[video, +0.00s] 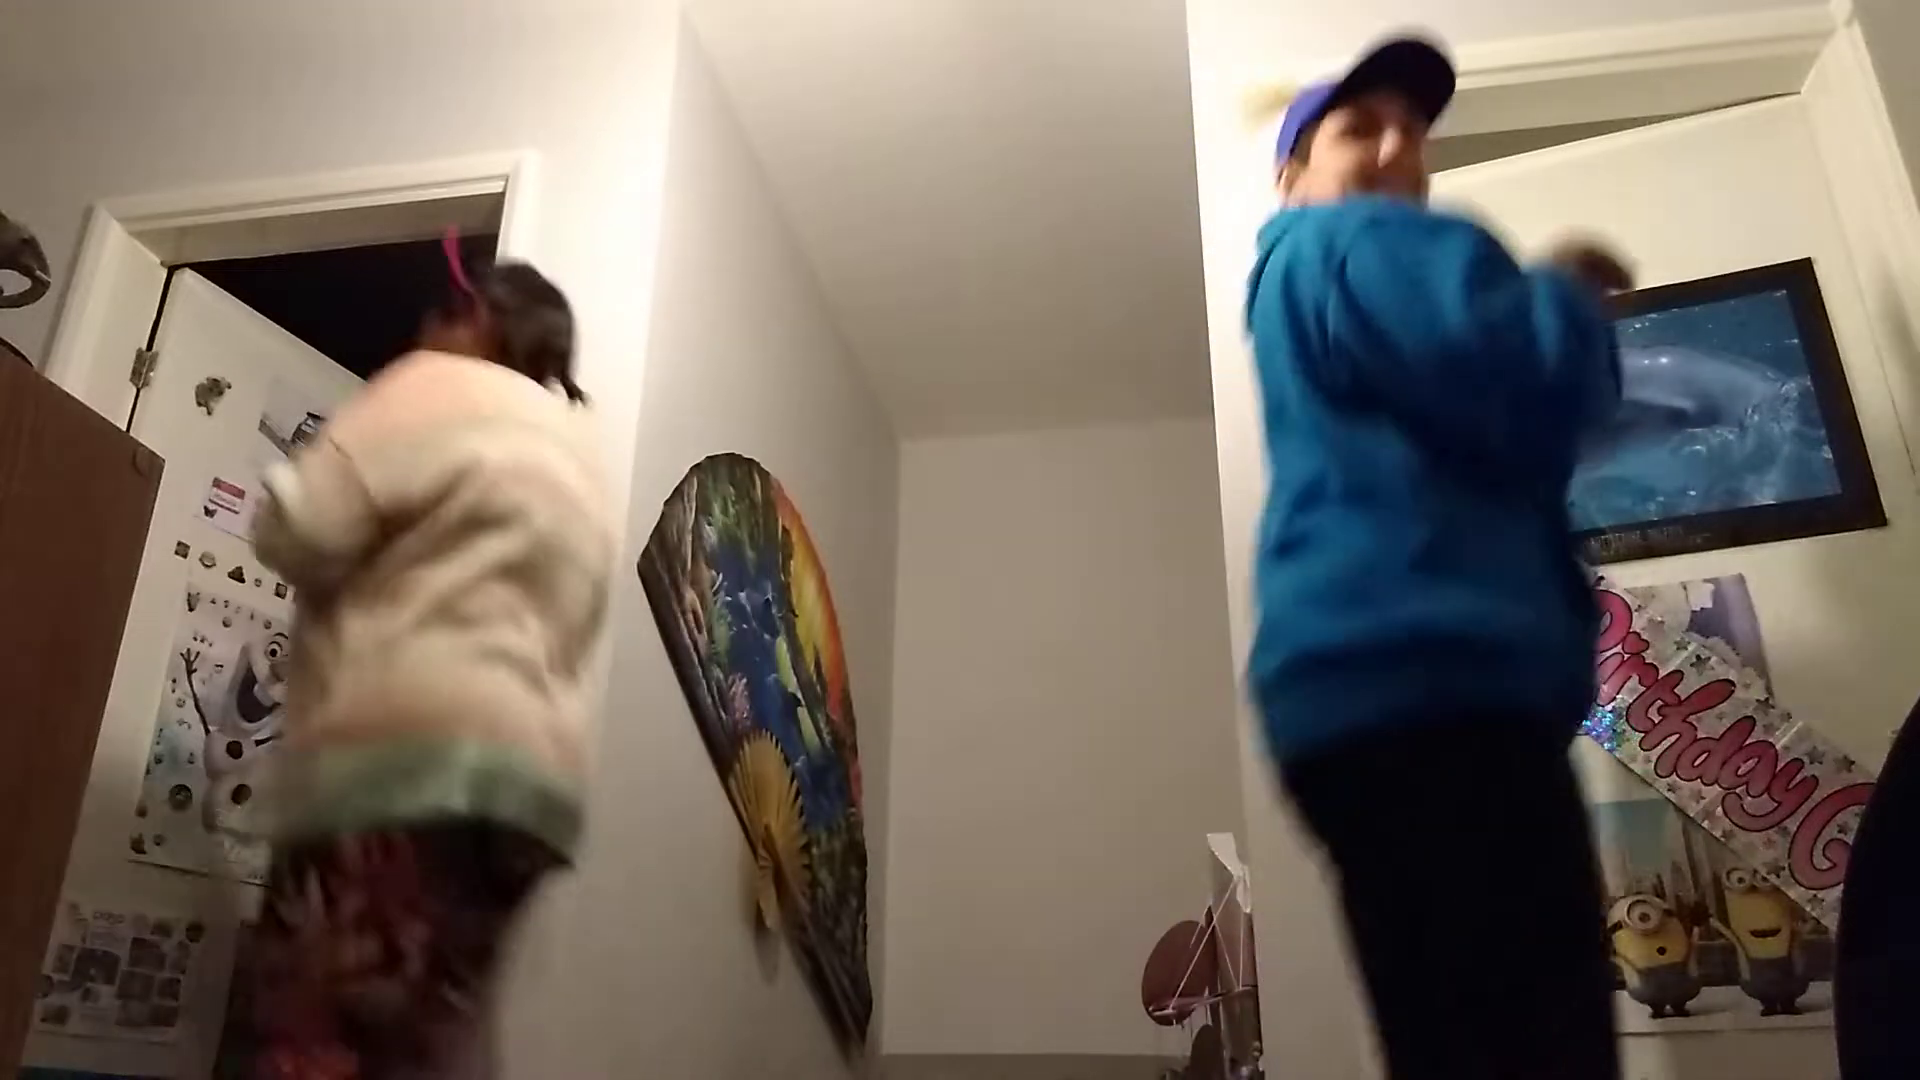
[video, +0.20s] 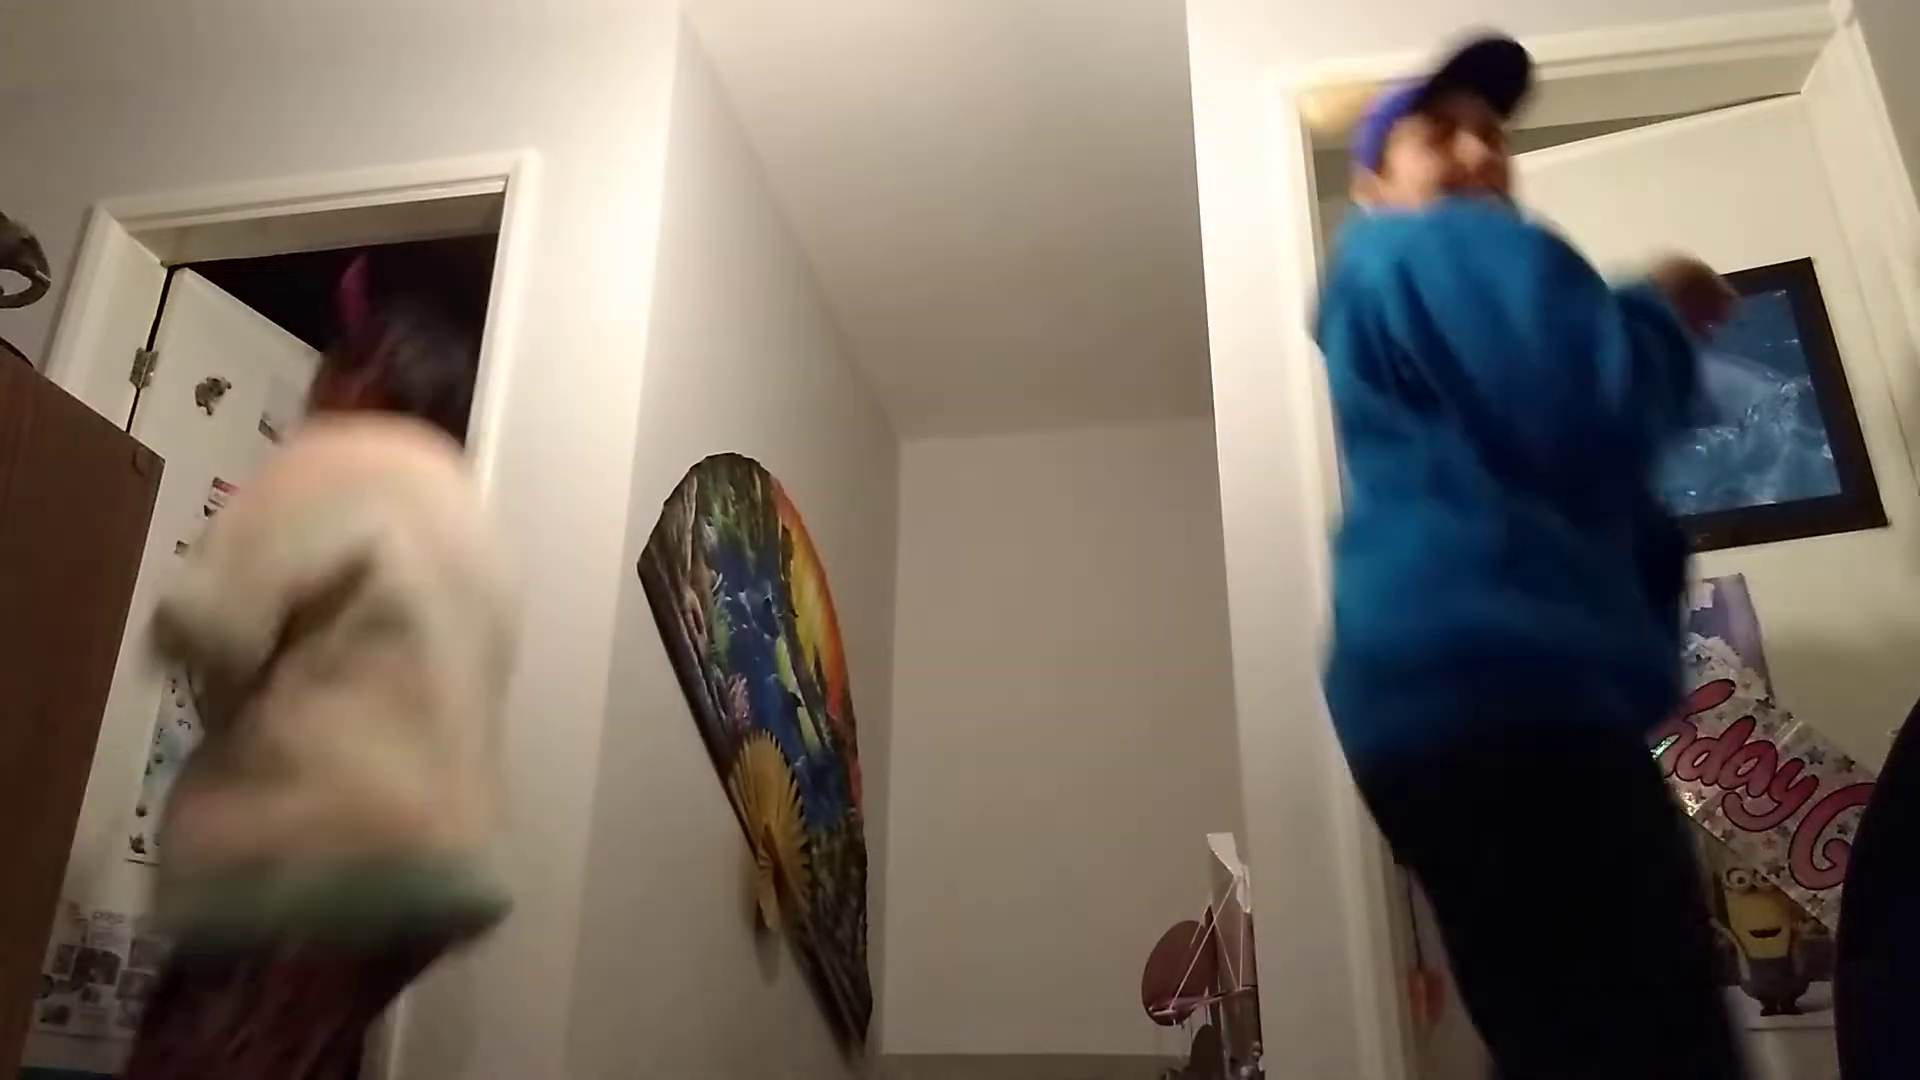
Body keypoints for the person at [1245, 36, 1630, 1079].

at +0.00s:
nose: (1398, 148)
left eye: (1410, 135)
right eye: (1365, 127)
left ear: (1420, 152)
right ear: (1297, 155)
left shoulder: (1306, 263)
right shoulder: (1356, 242)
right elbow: (1519, 383)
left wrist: (1550, 295)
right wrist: (1569, 286)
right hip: (1427, 679)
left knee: (1456, 1022)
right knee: (1534, 1019)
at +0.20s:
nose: (1476, 154)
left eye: (1488, 136)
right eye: (1439, 133)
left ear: (1508, 150)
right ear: (1373, 170)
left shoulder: (1365, 273)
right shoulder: (1463, 246)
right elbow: (1592, 403)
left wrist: (1640, 321)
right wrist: (1664, 308)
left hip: (1409, 696)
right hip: (1513, 680)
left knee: (1544, 1016)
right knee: (1646, 1012)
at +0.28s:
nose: (1507, 185)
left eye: (1523, 169)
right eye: (1465, 170)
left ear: (1542, 200)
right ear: (1401, 223)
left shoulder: (1433, 310)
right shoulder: (1451, 291)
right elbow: (1634, 460)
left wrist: (1657, 340)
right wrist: (1683, 328)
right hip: (1550, 767)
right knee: (1714, 1049)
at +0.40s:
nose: (1499, 150)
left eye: (1516, 131)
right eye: (1460, 132)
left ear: (1541, 162)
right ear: (1398, 186)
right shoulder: (1456, 255)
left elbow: (1732, 473)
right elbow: (1642, 374)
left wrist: (1685, 279)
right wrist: (1682, 252)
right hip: (1597, 699)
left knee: (1723, 1023)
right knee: (1743, 1021)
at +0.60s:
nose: (1557, 151)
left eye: (1572, 129)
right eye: (1514, 135)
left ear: (1598, 155)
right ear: (1462, 189)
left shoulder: (1626, 283)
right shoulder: (1500, 276)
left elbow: (1840, 489)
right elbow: (1659, 388)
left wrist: (1794, 322)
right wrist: (1770, 271)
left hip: (1757, 714)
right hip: (1659, 738)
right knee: (1801, 1031)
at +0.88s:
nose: (1632, 166)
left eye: (1656, 140)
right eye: (1592, 156)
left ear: (1699, 170)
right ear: (1557, 211)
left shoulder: (1748, 326)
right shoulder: (1568, 316)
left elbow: (1866, 502)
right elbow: (1703, 482)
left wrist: (1894, 363)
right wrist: (1834, 326)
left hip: (1817, 763)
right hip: (1690, 785)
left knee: (1866, 1042)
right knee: (1787, 1053)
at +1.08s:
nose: (1629, 169)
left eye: (1656, 137)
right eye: (1600, 165)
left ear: (1735, 155)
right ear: (1594, 210)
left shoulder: (1839, 314)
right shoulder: (1577, 328)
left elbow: (1916, 497)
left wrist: (1906, 348)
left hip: (1867, 752)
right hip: (1680, 775)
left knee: (1889, 1041)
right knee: (1749, 1054)